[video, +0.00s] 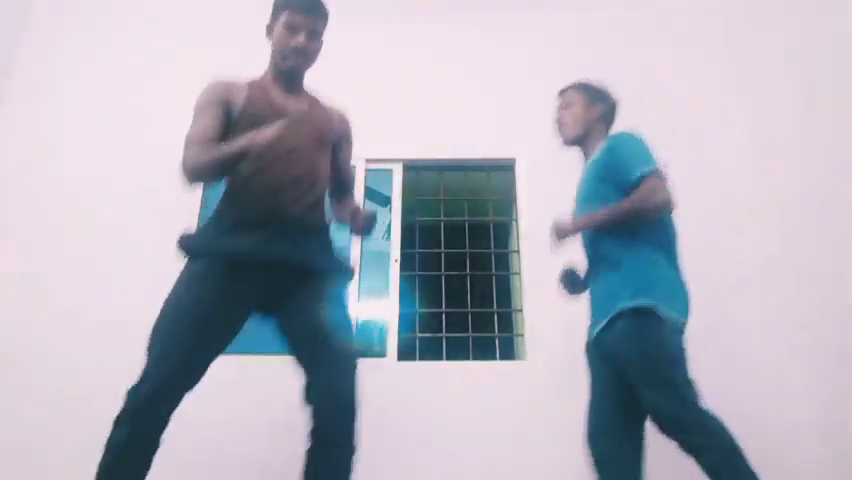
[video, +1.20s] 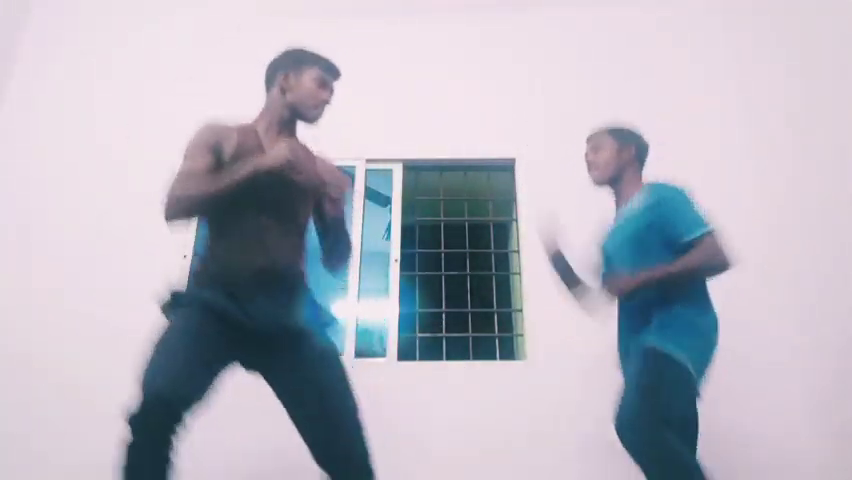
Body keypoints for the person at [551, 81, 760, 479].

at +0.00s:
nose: (558, 117)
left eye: (567, 107)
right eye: (558, 110)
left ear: (597, 111)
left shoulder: (621, 144)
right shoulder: (594, 173)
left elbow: (657, 194)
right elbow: (627, 249)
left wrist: (579, 222)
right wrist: (587, 276)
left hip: (640, 306)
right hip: (610, 318)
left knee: (679, 416)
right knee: (611, 443)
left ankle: (741, 475)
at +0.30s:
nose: (536, 131)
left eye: (542, 121)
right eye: (533, 125)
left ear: (574, 121)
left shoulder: (610, 156)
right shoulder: (568, 189)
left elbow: (660, 206)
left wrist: (579, 231)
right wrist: (560, 275)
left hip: (619, 316)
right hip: (574, 327)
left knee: (641, 420)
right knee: (577, 438)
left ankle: (678, 475)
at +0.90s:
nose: (580, 111)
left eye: (588, 101)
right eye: (579, 104)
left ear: (620, 104)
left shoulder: (643, 138)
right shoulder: (613, 167)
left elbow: (664, 192)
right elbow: (639, 246)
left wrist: (591, 211)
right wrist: (594, 250)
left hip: (647, 297)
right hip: (624, 303)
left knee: (652, 424)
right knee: (639, 427)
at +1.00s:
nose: (584, 130)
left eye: (593, 120)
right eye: (585, 123)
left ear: (623, 123)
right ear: (614, 126)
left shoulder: (647, 160)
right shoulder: (619, 183)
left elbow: (673, 214)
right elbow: (644, 267)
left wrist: (595, 238)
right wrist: (602, 278)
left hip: (655, 309)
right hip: (632, 314)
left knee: (656, 423)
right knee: (645, 423)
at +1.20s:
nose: (588, 159)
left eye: (596, 149)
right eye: (587, 152)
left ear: (628, 153)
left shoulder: (664, 198)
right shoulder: (614, 236)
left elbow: (714, 255)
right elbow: (596, 301)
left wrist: (639, 279)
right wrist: (558, 259)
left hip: (679, 330)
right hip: (640, 343)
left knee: (636, 422)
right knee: (671, 440)